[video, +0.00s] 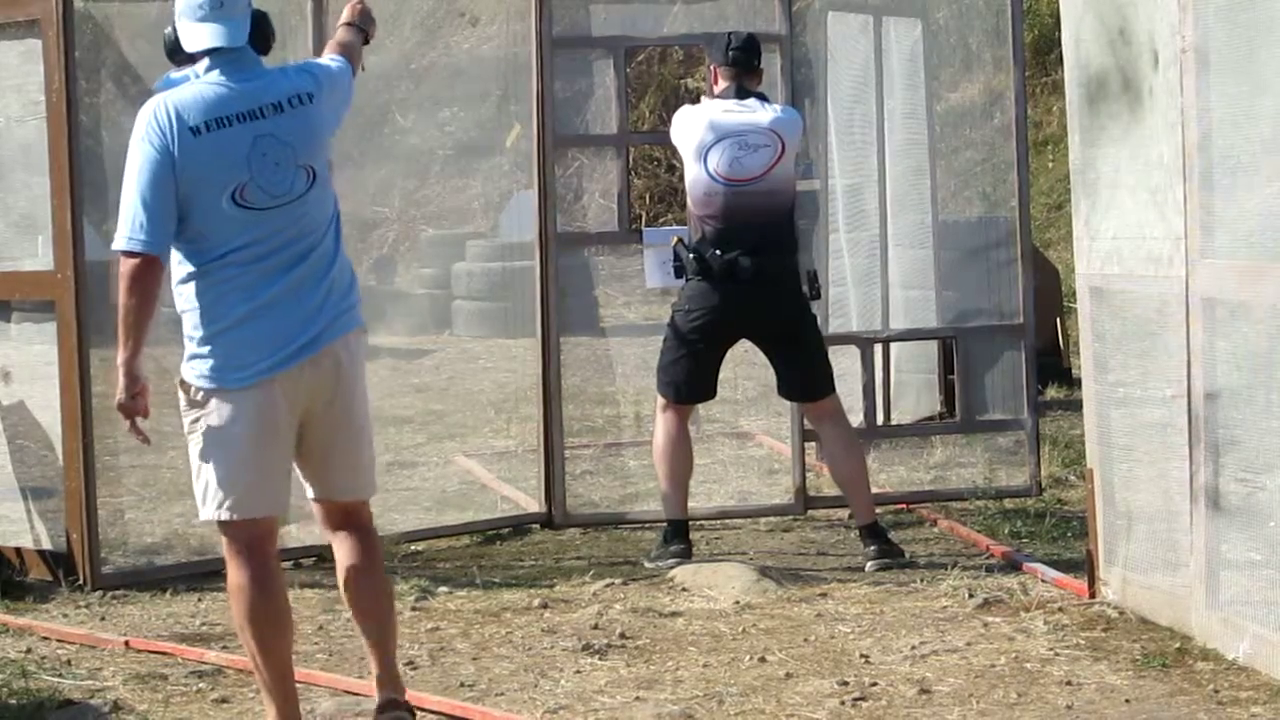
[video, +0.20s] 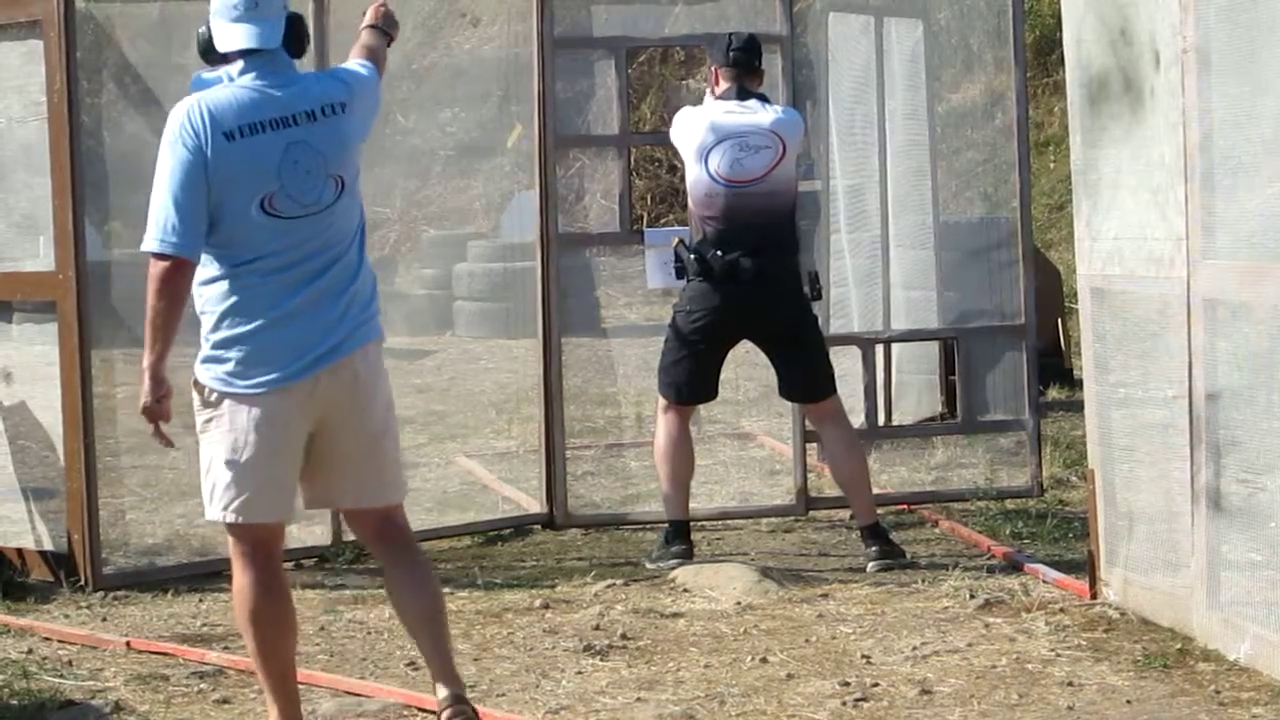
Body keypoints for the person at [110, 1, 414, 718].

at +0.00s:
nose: (172, 57)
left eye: (175, 47)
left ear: (180, 48)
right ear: (256, 35)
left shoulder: (164, 117)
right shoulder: (310, 89)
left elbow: (141, 259)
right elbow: (341, 53)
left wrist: (129, 363)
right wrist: (353, 24)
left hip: (232, 363)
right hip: (332, 335)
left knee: (251, 550)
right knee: (349, 516)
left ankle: (284, 709)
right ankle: (390, 687)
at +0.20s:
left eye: (212, 44)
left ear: (212, 48)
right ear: (288, 38)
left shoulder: (196, 119)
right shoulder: (339, 97)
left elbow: (173, 260)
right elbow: (366, 63)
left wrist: (154, 367)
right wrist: (375, 30)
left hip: (250, 372)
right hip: (351, 353)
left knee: (257, 552)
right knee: (389, 529)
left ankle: (286, 709)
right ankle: (452, 691)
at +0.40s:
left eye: (258, 50)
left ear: (260, 52)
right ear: (338, 42)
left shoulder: (243, 122)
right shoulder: (386, 99)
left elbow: (218, 266)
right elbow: (404, 58)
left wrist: (196, 373)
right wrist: (409, 25)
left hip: (282, 372)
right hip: (385, 357)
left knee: (271, 555)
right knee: (414, 543)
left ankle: (287, 711)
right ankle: (465, 707)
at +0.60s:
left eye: (303, 50)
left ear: (303, 53)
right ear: (383, 42)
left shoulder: (294, 125)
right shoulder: (433, 99)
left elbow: (272, 270)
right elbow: (442, 61)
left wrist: (253, 377)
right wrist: (444, 29)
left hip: (330, 367)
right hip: (434, 356)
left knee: (296, 550)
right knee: (443, 546)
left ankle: (290, 709)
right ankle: (472, 710)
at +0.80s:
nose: (334, 60)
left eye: (335, 46)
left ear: (338, 49)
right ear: (418, 40)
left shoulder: (331, 116)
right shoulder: (469, 99)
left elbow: (315, 260)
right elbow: (482, 69)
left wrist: (299, 373)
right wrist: (481, 34)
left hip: (368, 365)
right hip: (469, 355)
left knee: (326, 542)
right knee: (469, 550)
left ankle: (318, 709)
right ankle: (480, 714)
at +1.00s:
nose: (356, 60)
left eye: (357, 46)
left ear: (360, 47)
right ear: (436, 37)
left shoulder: (346, 111)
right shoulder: (488, 98)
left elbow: (322, 253)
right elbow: (515, 64)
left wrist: (303, 366)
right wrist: (524, 28)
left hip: (381, 365)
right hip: (484, 357)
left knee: (355, 549)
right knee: (475, 549)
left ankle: (387, 712)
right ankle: (485, 715)